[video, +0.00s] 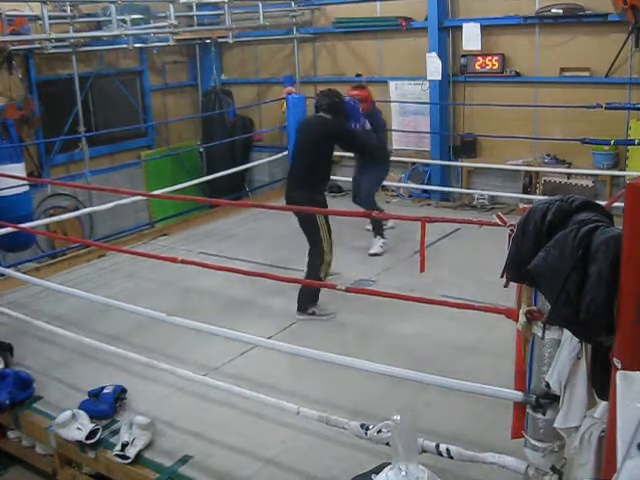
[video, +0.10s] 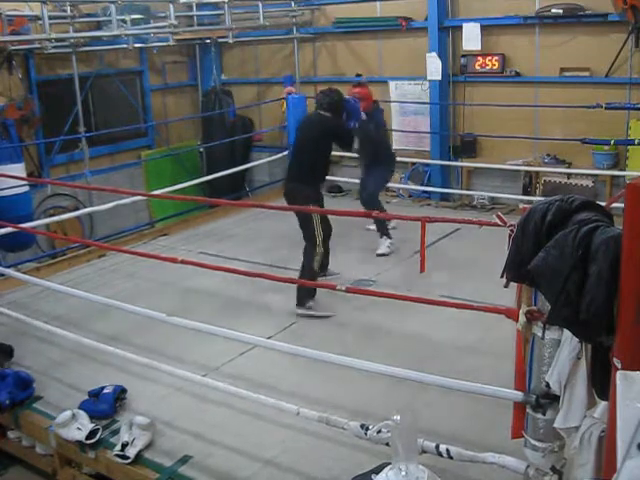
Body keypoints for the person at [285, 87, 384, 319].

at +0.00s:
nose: (344, 111)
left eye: (343, 108)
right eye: (342, 108)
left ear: (319, 107)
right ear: (337, 109)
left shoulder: (306, 124)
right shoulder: (331, 127)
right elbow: (360, 144)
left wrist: (357, 134)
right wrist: (366, 133)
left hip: (295, 194)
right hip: (310, 197)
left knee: (318, 244)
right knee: (323, 251)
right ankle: (307, 304)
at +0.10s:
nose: (343, 113)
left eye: (342, 109)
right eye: (342, 109)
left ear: (319, 105)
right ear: (337, 109)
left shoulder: (309, 120)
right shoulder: (328, 124)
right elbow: (348, 142)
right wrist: (347, 123)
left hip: (297, 186)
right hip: (304, 190)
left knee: (324, 230)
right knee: (316, 241)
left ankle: (320, 269)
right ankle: (304, 301)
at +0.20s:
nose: (341, 113)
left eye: (341, 109)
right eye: (340, 109)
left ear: (321, 104)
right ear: (334, 108)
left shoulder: (308, 118)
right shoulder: (324, 122)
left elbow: (337, 142)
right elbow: (341, 143)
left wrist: (346, 121)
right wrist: (349, 122)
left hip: (301, 183)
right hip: (299, 186)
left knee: (323, 227)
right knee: (316, 235)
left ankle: (319, 269)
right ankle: (291, 282)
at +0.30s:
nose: (338, 112)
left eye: (339, 108)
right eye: (337, 108)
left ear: (318, 103)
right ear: (329, 107)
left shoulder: (307, 117)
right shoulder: (319, 122)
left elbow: (335, 141)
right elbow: (338, 143)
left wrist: (342, 124)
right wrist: (345, 124)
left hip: (302, 183)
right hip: (293, 185)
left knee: (321, 227)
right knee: (312, 235)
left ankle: (318, 270)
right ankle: (271, 272)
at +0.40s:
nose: (334, 115)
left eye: (335, 112)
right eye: (333, 112)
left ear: (313, 107)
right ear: (325, 111)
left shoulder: (303, 118)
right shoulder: (313, 124)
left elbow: (332, 143)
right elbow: (335, 145)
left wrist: (338, 122)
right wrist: (341, 125)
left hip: (298, 188)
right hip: (286, 190)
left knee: (318, 229)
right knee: (294, 242)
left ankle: (318, 270)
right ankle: (254, 270)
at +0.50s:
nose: (329, 115)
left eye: (328, 112)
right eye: (327, 112)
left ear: (309, 110)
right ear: (319, 113)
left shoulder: (302, 123)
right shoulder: (305, 128)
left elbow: (325, 144)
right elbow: (328, 146)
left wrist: (337, 123)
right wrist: (336, 125)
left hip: (292, 192)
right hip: (277, 193)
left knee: (313, 229)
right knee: (275, 243)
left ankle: (317, 270)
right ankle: (241, 279)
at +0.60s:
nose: (320, 128)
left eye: (321, 123)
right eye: (319, 123)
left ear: (300, 116)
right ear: (309, 121)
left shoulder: (290, 129)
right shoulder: (293, 133)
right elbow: (316, 150)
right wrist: (330, 131)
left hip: (283, 192)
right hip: (268, 195)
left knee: (309, 229)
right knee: (272, 248)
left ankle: (317, 269)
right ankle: (240, 280)